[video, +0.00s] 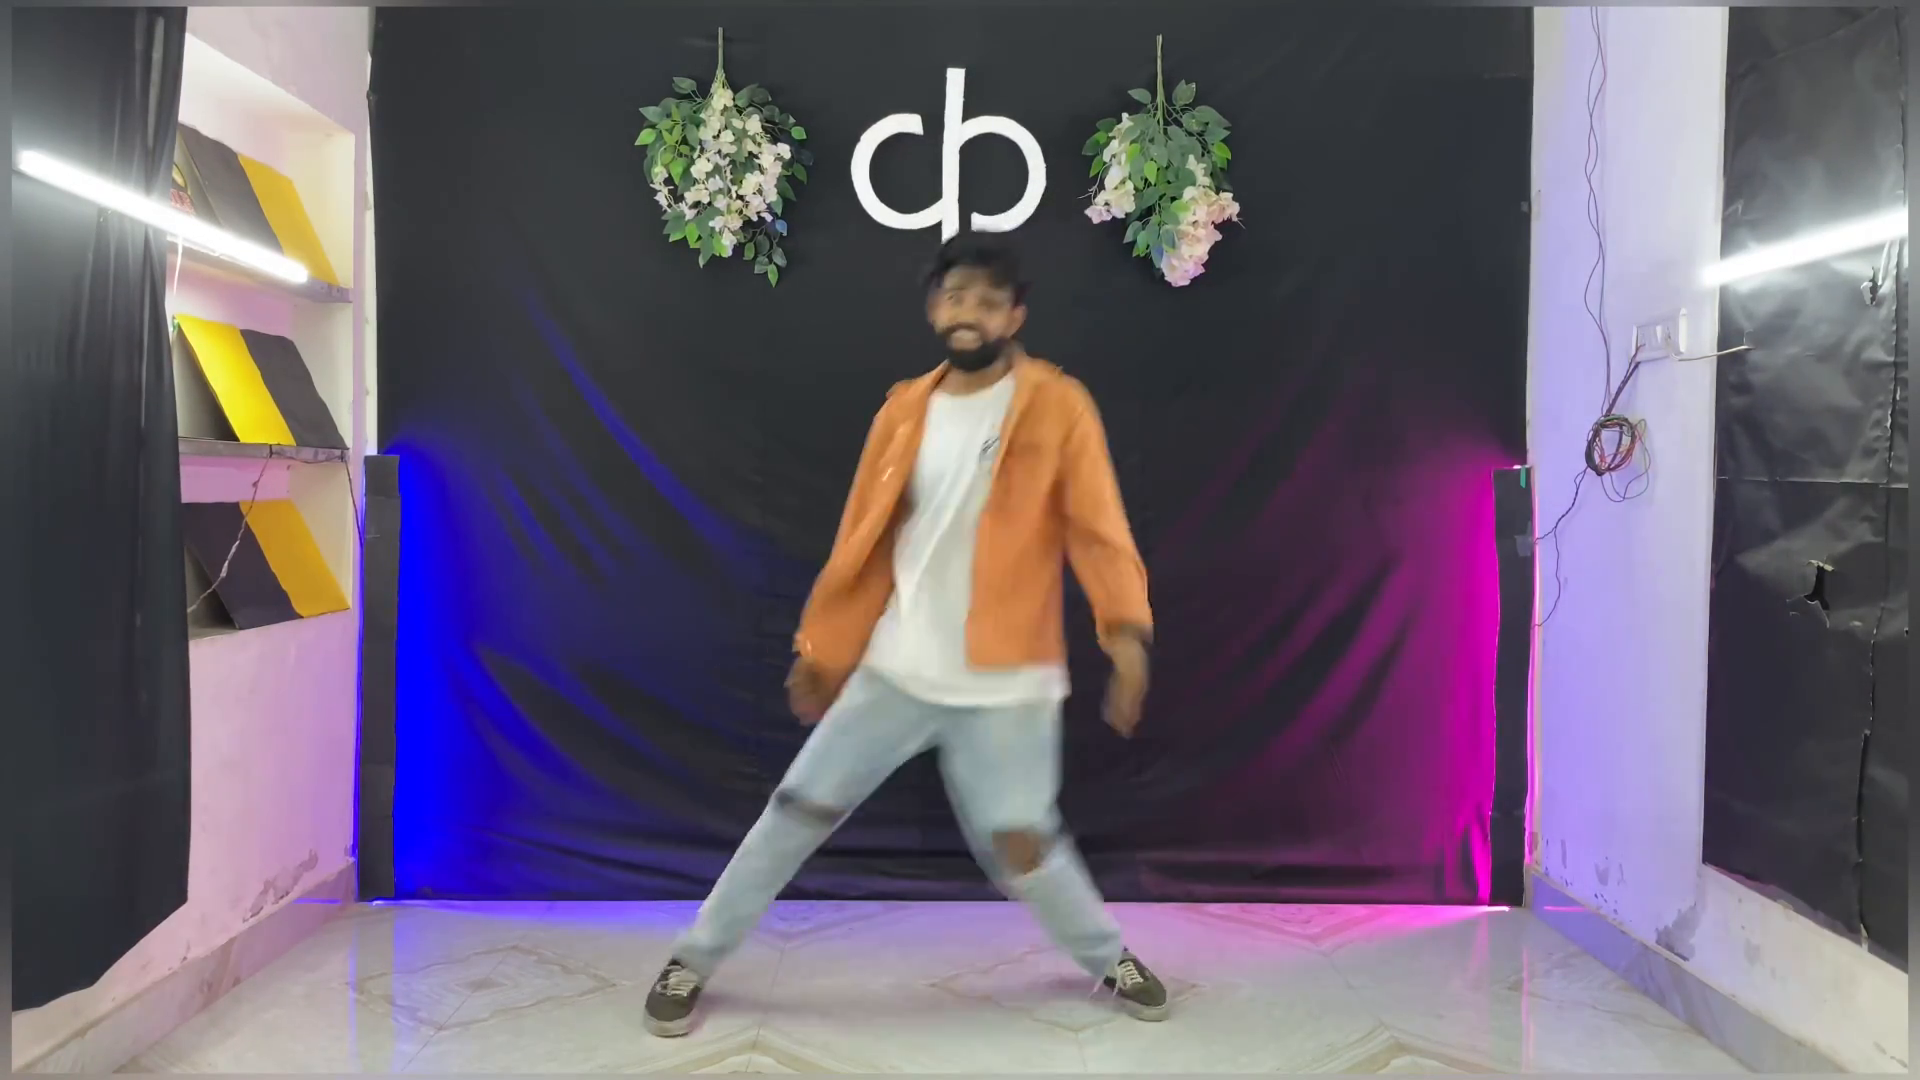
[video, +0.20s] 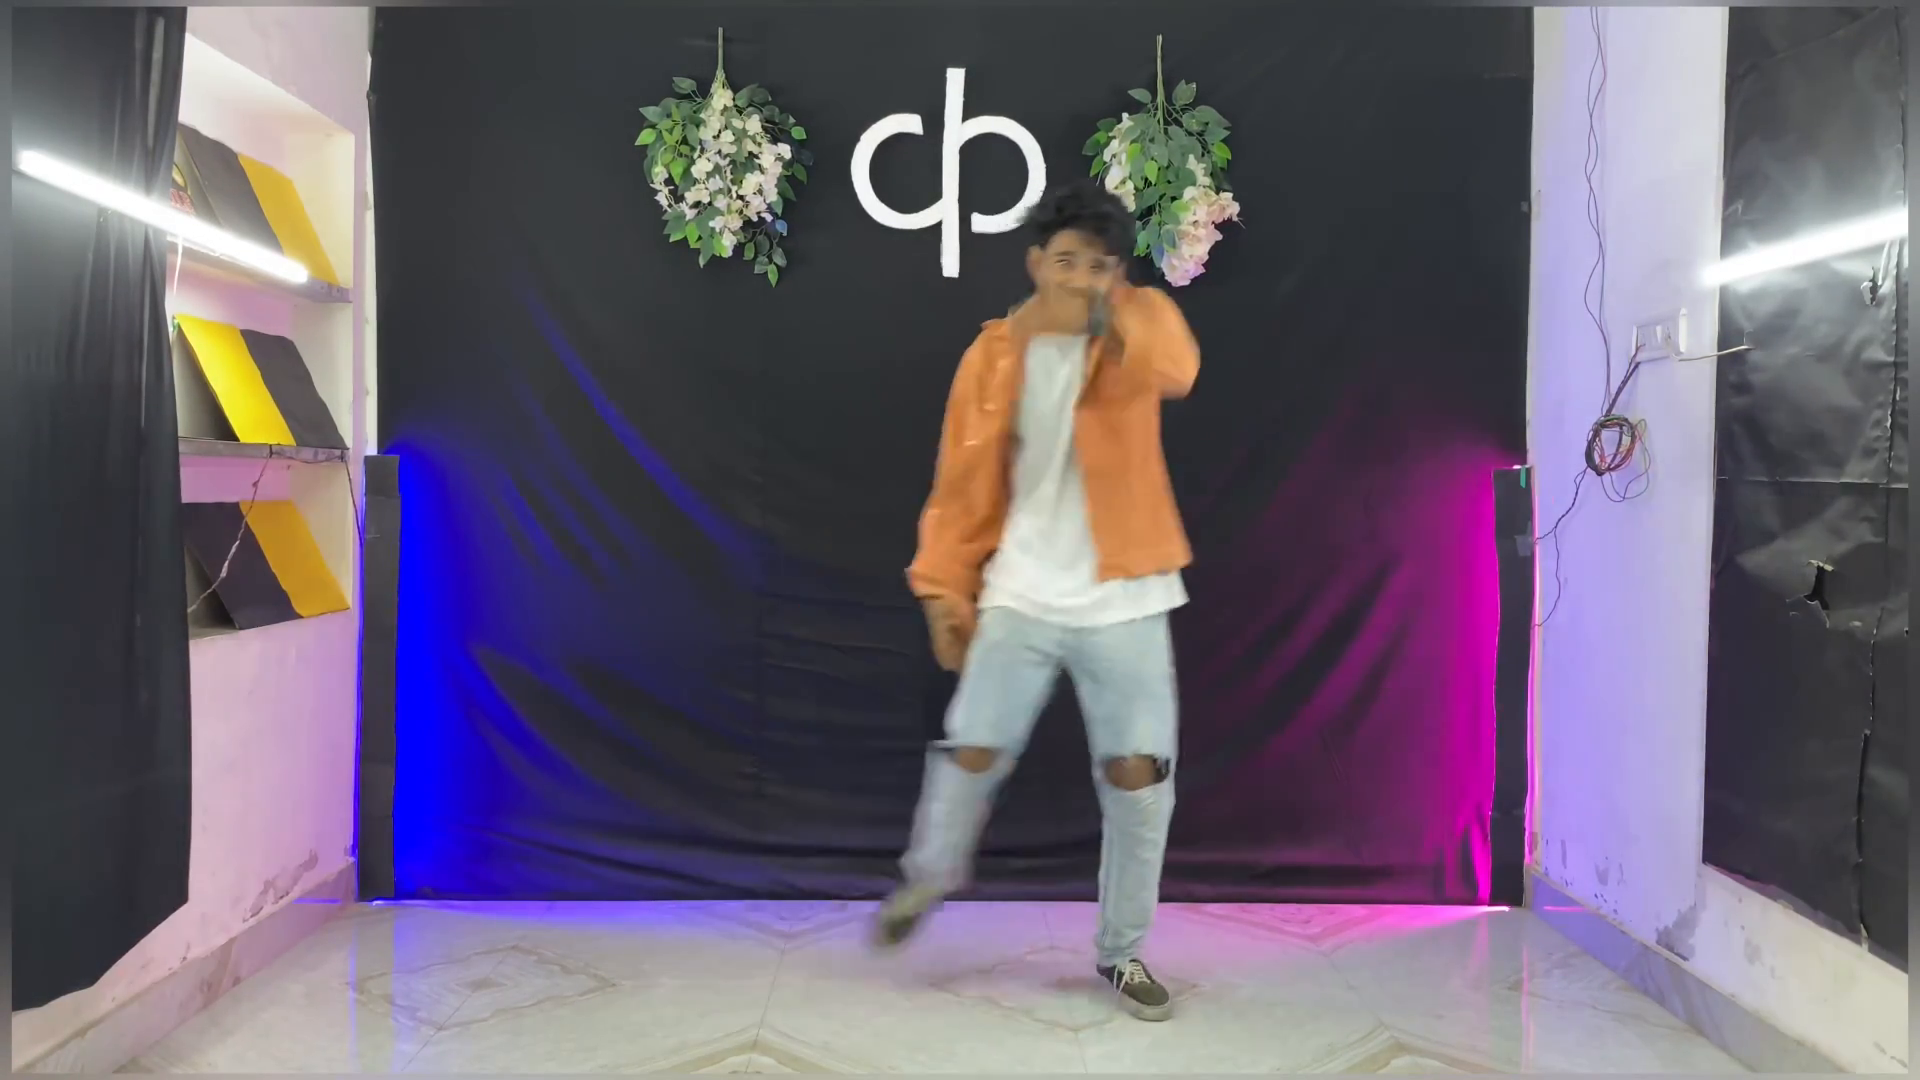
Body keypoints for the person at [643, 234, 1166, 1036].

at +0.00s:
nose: (964, 312)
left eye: (983, 299)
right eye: (951, 297)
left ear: (1016, 312)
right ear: (932, 308)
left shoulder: (1057, 405)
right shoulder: (907, 405)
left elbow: (1099, 527)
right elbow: (863, 535)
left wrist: (1127, 642)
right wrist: (821, 650)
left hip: (1006, 675)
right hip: (898, 665)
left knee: (1020, 843)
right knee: (800, 807)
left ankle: (1113, 961)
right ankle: (692, 959)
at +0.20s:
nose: (1078, 276)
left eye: (1094, 262)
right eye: (1065, 259)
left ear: (1116, 271)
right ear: (1034, 260)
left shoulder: (1140, 331)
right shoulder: (992, 354)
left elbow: (1176, 369)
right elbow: (960, 481)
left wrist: (1119, 297)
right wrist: (943, 590)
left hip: (1125, 600)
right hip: (1020, 597)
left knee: (1139, 774)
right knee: (970, 750)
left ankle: (1123, 950)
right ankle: (925, 882)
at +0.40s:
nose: (1170, 283)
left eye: (1186, 271)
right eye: (1155, 263)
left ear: (1202, 280)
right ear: (1123, 263)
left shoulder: (1208, 343)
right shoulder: (1067, 367)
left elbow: (1258, 229)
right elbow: (1046, 498)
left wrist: (1182, 179)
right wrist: (1058, 618)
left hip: (1202, 595)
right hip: (1107, 610)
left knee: (1192, 767)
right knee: (1130, 789)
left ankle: (1134, 943)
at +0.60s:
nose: (1172, 334)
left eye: (1192, 320)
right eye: (1162, 317)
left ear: (1232, 331)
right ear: (1150, 324)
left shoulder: (1250, 393)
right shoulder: (1110, 432)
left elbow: (1328, 318)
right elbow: (1098, 558)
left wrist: (1256, 314)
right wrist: (1115, 669)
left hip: (1240, 636)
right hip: (1152, 648)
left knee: (1215, 789)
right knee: (1231, 810)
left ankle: (1131, 944)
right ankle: (1342, 902)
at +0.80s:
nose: (1119, 275)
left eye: (1138, 260)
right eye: (1111, 259)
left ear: (1187, 264)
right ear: (1102, 261)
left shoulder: (1221, 358)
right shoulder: (1074, 335)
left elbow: (1274, 477)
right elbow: (995, 417)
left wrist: (1250, 414)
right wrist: (1050, 506)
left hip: (1185, 600)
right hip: (1094, 592)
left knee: (1162, 762)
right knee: (1110, 782)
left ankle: (1125, 952)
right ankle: (1253, 834)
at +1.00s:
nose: (1041, 250)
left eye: (1059, 233)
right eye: (1032, 235)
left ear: (1109, 233)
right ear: (1027, 236)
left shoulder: (1173, 330)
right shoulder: (1013, 313)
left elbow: (1199, 454)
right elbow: (942, 389)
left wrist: (1202, 550)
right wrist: (914, 345)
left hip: (1121, 581)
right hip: (1022, 560)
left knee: (1125, 758)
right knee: (953, 697)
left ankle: (1123, 948)